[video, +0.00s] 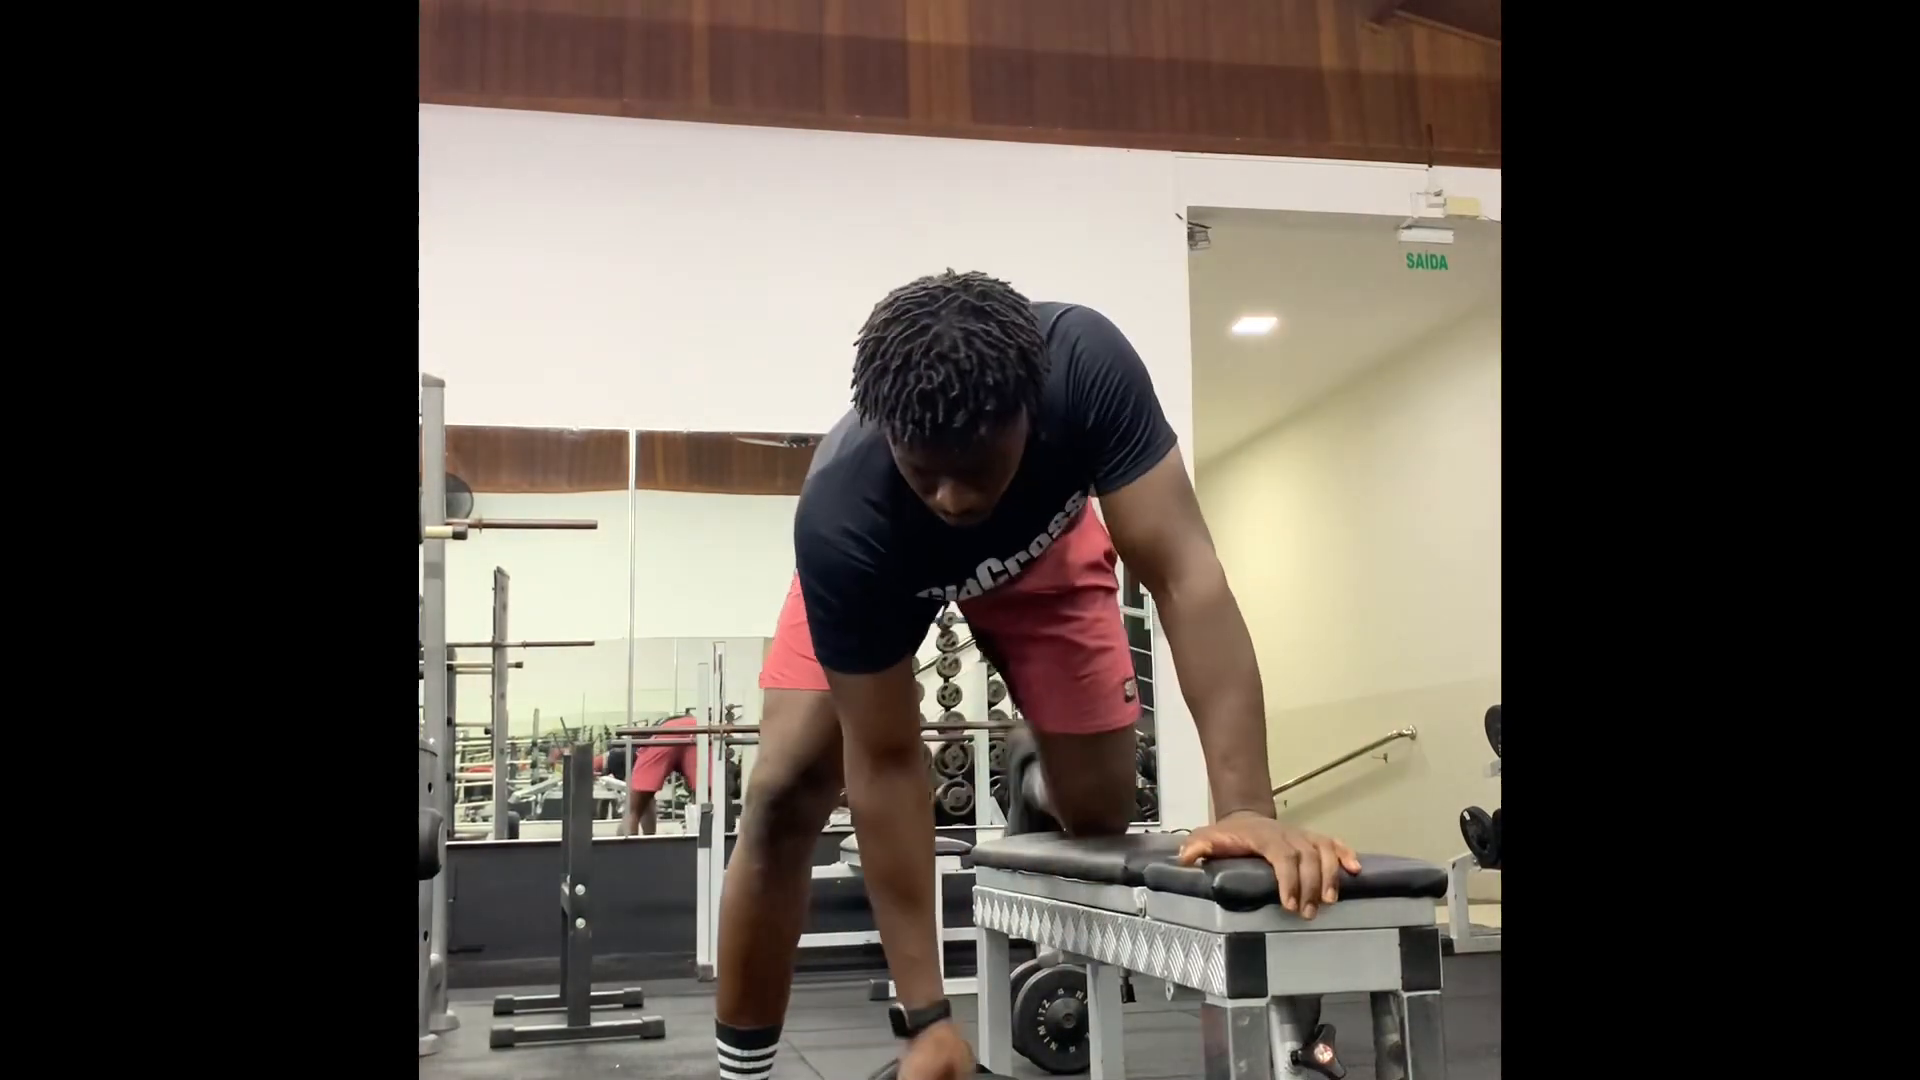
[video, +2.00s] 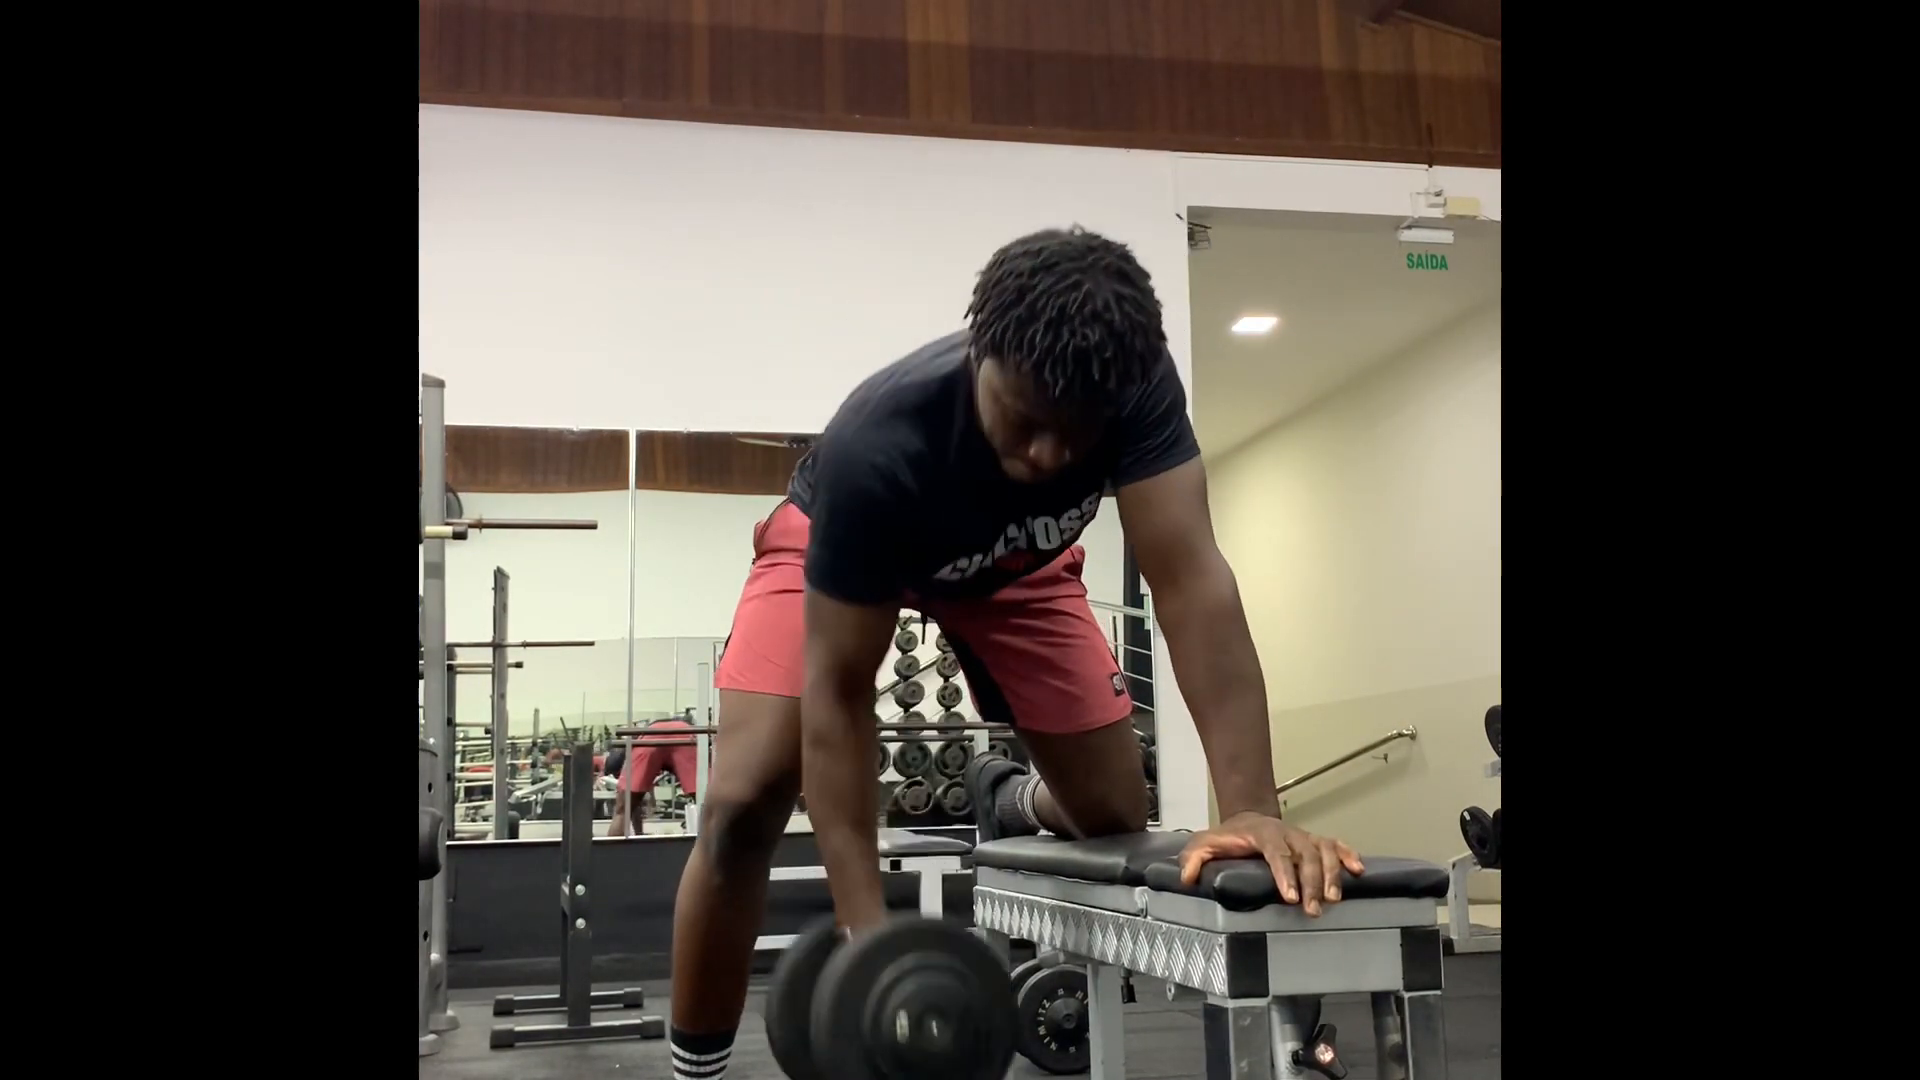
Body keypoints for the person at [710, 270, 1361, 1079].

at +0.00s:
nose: (952, 496)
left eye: (980, 470)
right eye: (924, 473)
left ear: (1028, 407)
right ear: (887, 429)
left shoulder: (1086, 369)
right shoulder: (848, 524)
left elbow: (1187, 577)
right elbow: (887, 762)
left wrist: (1244, 806)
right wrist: (924, 1019)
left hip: (1045, 527)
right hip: (876, 561)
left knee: (1103, 810)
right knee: (781, 797)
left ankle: (1041, 795)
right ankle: (742, 1066)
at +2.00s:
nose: (1047, 454)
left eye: (1077, 430)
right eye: (1023, 422)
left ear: (1123, 390)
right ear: (980, 361)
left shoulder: (1136, 386)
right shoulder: (882, 454)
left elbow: (1189, 573)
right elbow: (838, 699)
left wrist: (1252, 806)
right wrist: (870, 949)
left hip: (1020, 561)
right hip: (842, 552)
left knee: (1119, 817)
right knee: (741, 807)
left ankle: (1016, 800)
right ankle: (696, 1075)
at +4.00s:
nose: (1055, 363)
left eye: (1089, 346)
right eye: (1041, 327)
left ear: (1141, 328)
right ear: (1018, 267)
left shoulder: (1163, 376)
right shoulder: (904, 327)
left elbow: (1204, 577)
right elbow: (804, 522)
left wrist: (1251, 806)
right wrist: (854, 742)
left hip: (1017, 567)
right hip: (852, 537)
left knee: (1118, 812)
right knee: (748, 788)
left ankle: (1006, 806)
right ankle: (697, 1072)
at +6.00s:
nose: (1061, 353)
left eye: (1096, 339)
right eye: (1050, 314)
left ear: (1150, 323)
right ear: (1032, 249)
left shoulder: (1168, 384)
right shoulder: (939, 261)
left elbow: (1208, 581)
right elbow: (799, 332)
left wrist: (1253, 805)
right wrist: (821, 492)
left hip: (1010, 565)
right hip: (856, 524)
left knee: (1119, 813)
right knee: (749, 799)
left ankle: (985, 803)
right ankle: (695, 1071)